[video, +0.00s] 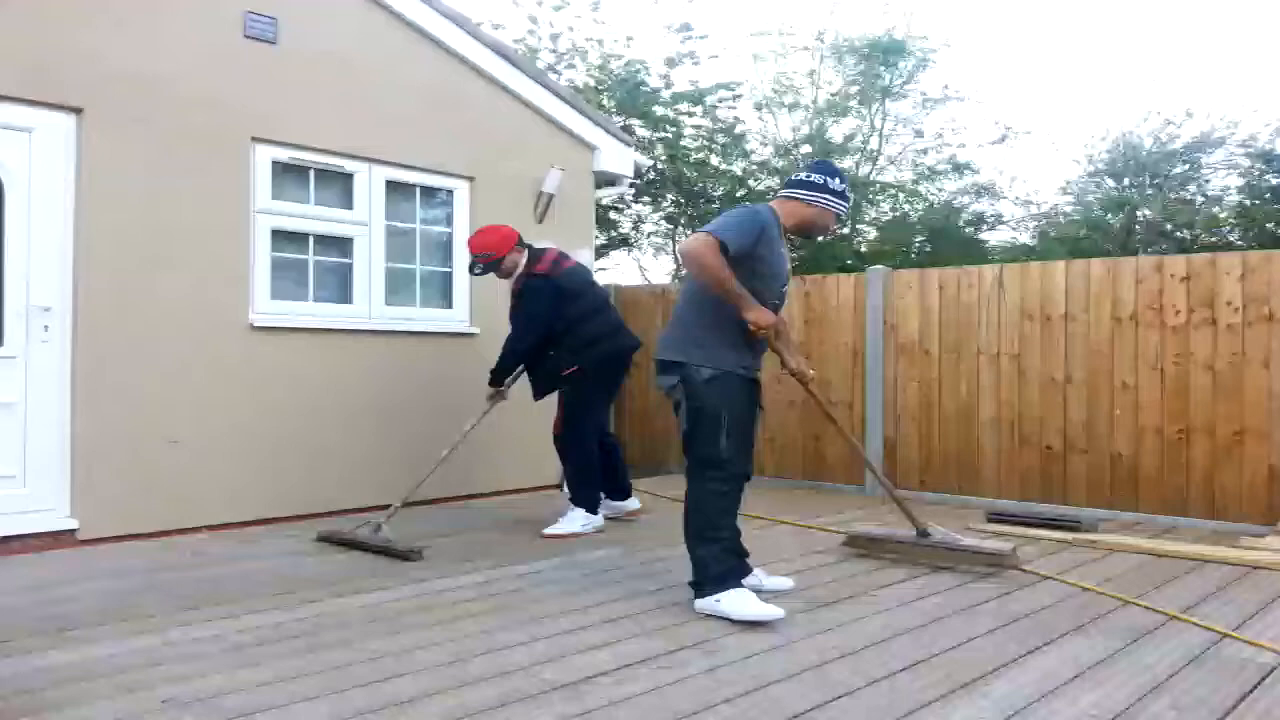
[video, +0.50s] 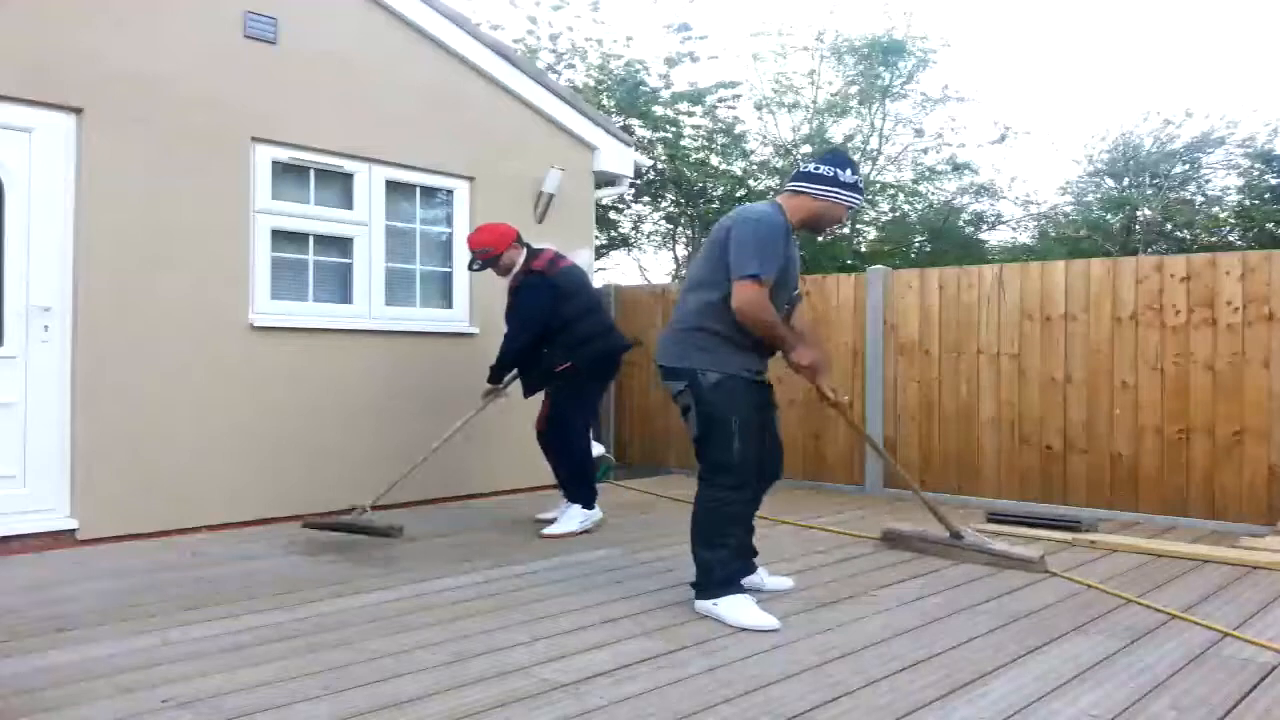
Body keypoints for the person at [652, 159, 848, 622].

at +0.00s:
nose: (832, 227)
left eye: (837, 219)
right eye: (835, 216)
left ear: (808, 199)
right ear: (816, 200)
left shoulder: (776, 245)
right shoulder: (757, 217)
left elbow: (768, 313)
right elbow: (696, 248)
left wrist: (791, 357)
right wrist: (746, 304)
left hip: (732, 368)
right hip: (707, 365)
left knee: (729, 472)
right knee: (714, 474)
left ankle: (733, 570)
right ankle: (713, 586)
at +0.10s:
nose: (833, 228)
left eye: (837, 220)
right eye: (835, 217)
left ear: (808, 198)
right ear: (818, 201)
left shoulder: (776, 245)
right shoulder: (758, 218)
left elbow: (768, 312)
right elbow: (697, 248)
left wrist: (791, 357)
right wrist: (748, 305)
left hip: (732, 368)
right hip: (707, 365)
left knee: (729, 473)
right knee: (715, 475)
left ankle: (733, 570)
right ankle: (714, 587)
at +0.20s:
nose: (835, 227)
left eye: (840, 219)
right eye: (838, 216)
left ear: (811, 198)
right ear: (819, 199)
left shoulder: (780, 245)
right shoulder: (762, 219)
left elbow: (770, 313)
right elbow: (708, 254)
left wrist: (795, 360)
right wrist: (759, 307)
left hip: (731, 367)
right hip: (707, 364)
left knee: (728, 473)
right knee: (716, 475)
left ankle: (732, 570)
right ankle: (713, 588)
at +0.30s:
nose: (838, 226)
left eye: (842, 217)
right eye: (840, 214)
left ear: (811, 196)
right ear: (822, 199)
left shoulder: (782, 245)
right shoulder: (762, 218)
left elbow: (773, 321)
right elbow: (732, 278)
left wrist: (801, 368)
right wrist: (775, 329)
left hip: (729, 366)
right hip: (705, 363)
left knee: (729, 473)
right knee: (718, 474)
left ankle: (731, 569)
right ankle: (713, 588)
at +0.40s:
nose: (843, 223)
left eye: (848, 213)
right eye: (846, 211)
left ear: (814, 193)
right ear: (826, 198)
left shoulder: (787, 245)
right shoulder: (763, 220)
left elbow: (785, 318)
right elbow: (748, 299)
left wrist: (811, 375)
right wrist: (781, 345)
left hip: (731, 367)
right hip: (705, 364)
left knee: (736, 473)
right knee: (724, 475)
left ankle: (732, 569)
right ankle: (713, 589)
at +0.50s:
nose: (843, 221)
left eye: (848, 212)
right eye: (845, 209)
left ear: (814, 192)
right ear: (825, 195)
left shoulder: (786, 245)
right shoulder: (759, 221)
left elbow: (786, 315)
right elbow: (746, 303)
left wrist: (812, 357)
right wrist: (789, 344)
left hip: (740, 367)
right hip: (707, 363)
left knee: (762, 464)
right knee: (729, 470)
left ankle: (737, 566)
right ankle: (714, 589)